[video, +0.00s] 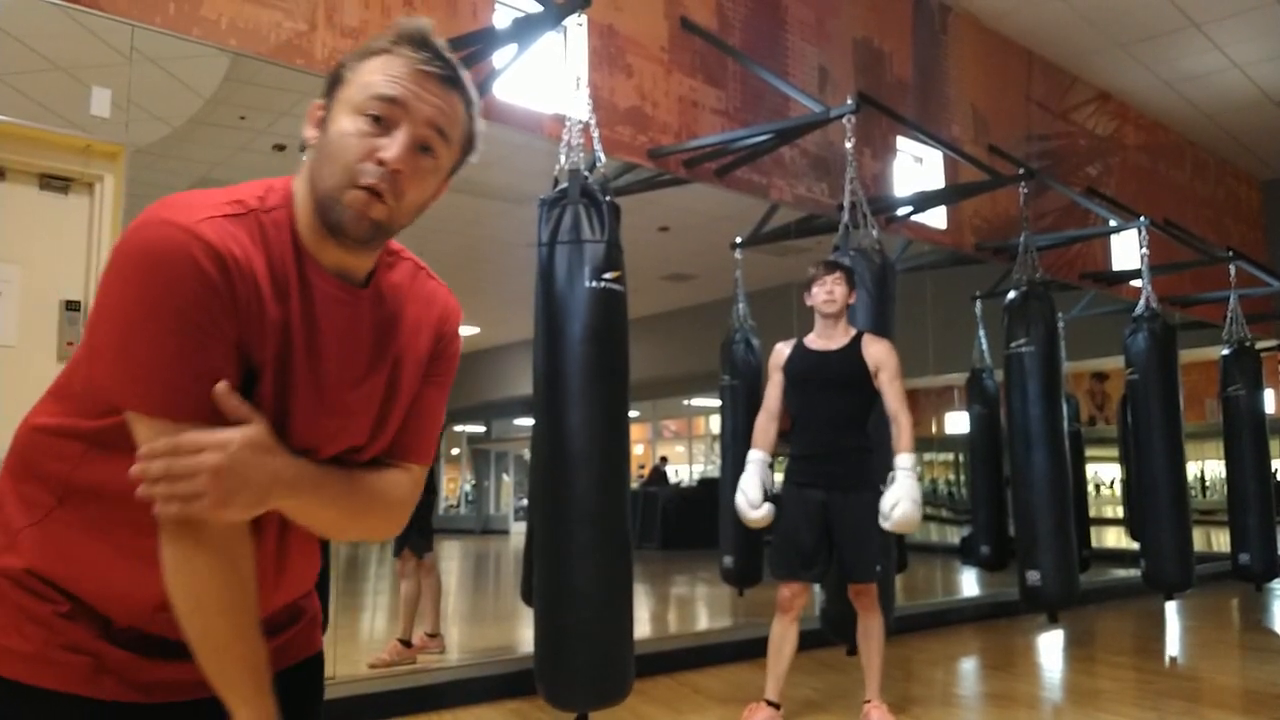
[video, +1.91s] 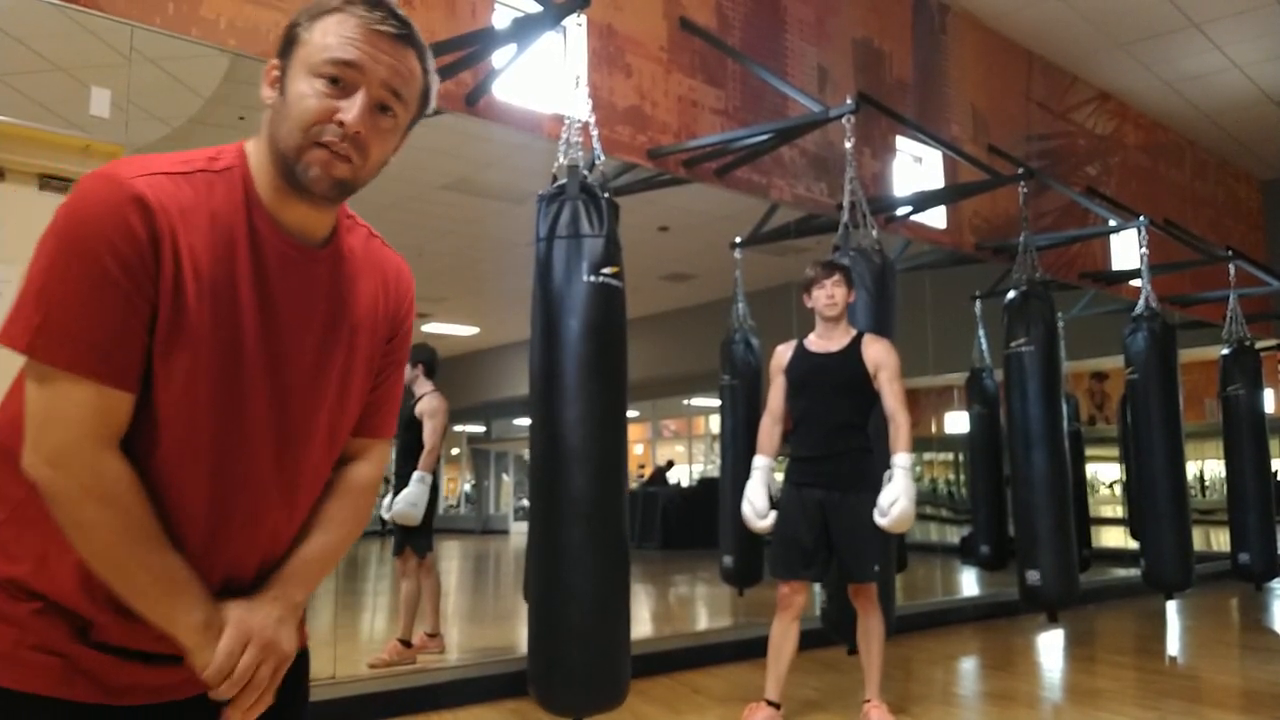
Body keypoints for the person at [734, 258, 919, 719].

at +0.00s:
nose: (827, 289)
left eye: (835, 283)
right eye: (819, 284)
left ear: (851, 296)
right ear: (809, 297)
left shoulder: (876, 350)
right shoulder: (785, 353)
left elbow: (899, 417)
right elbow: (768, 417)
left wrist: (905, 475)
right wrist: (755, 470)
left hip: (859, 491)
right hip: (801, 490)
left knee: (865, 596)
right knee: (788, 598)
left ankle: (873, 701)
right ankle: (770, 702)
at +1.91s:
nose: (829, 293)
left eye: (836, 286)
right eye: (821, 287)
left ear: (850, 296)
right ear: (809, 298)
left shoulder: (876, 350)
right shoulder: (786, 354)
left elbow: (897, 417)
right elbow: (772, 419)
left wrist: (901, 474)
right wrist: (760, 476)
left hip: (859, 491)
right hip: (801, 491)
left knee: (865, 595)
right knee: (788, 597)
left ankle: (873, 701)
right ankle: (770, 703)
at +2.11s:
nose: (829, 294)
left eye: (837, 287)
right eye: (822, 288)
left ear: (851, 296)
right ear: (809, 298)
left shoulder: (876, 350)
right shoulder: (787, 354)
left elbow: (897, 416)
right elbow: (772, 418)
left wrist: (899, 472)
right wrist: (760, 476)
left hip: (860, 491)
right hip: (801, 491)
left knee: (865, 595)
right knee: (788, 597)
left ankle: (872, 700)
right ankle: (770, 702)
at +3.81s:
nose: (831, 295)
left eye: (839, 288)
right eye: (823, 289)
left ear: (853, 296)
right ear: (811, 299)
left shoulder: (879, 351)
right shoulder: (790, 355)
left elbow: (898, 418)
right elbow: (776, 421)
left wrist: (898, 474)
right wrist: (762, 478)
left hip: (859, 492)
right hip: (802, 492)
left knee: (866, 597)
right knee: (791, 599)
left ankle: (873, 701)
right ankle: (770, 703)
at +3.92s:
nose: (831, 295)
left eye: (839, 288)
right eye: (823, 289)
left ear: (853, 296)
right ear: (811, 298)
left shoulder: (879, 350)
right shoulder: (790, 354)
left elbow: (898, 418)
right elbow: (775, 420)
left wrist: (898, 474)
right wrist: (762, 477)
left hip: (859, 491)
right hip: (802, 490)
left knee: (866, 597)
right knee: (790, 599)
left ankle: (873, 701)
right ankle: (770, 702)